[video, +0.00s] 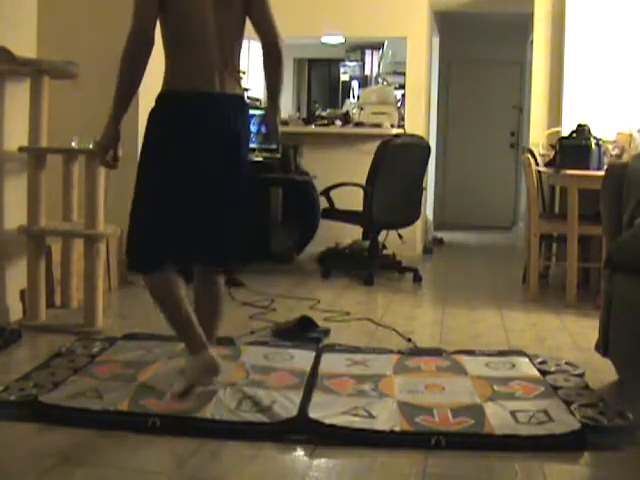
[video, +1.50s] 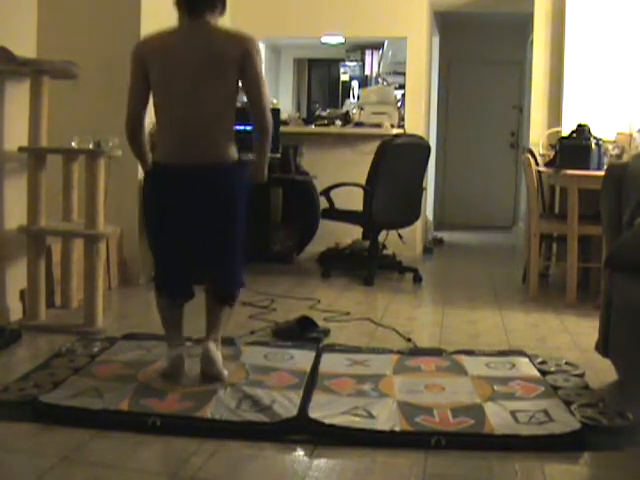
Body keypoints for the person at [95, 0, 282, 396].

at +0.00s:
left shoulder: (156, 3)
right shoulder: (245, 2)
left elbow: (140, 41)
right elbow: (273, 45)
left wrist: (113, 123)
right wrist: (272, 113)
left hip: (178, 115)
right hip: (230, 116)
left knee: (149, 252)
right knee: (209, 253)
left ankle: (201, 354)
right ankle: (204, 370)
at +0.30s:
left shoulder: (144, 3)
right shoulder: (237, 2)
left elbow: (135, 55)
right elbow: (259, 46)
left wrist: (120, 131)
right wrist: (257, 95)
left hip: (171, 120)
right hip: (224, 118)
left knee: (173, 246)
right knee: (218, 241)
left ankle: (186, 363)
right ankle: (211, 344)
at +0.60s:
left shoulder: (131, 5)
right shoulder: (228, 4)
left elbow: (124, 67)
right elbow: (250, 54)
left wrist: (116, 138)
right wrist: (270, 131)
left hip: (164, 133)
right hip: (220, 131)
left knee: (168, 257)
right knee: (245, 239)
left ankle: (187, 366)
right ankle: (281, 327)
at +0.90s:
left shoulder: (127, 3)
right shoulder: (224, 3)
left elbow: (117, 62)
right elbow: (242, 46)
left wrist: (116, 133)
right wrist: (259, 116)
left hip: (164, 123)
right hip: (216, 120)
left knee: (168, 253)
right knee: (235, 232)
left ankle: (187, 365)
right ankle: (244, 323)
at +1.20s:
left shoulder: (136, 4)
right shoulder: (233, 3)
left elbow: (127, 64)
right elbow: (248, 51)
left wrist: (138, 128)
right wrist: (255, 111)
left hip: (168, 119)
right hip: (219, 117)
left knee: (172, 241)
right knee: (221, 236)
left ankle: (187, 362)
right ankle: (210, 339)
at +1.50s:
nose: (221, 11)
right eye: (221, 7)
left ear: (178, 6)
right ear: (220, 6)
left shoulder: (149, 48)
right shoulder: (241, 45)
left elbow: (133, 124)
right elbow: (262, 114)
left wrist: (148, 168)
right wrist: (261, 163)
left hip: (168, 181)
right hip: (221, 180)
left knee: (169, 270)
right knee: (224, 268)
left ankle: (175, 355)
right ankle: (212, 342)